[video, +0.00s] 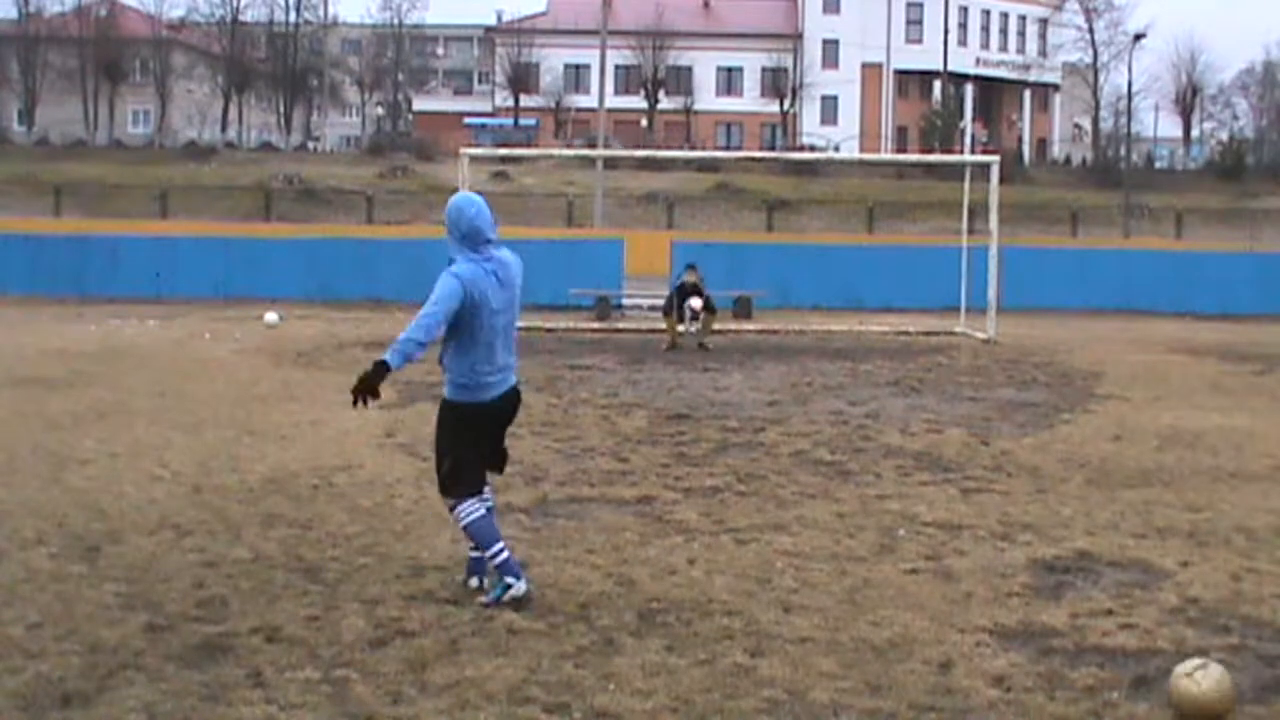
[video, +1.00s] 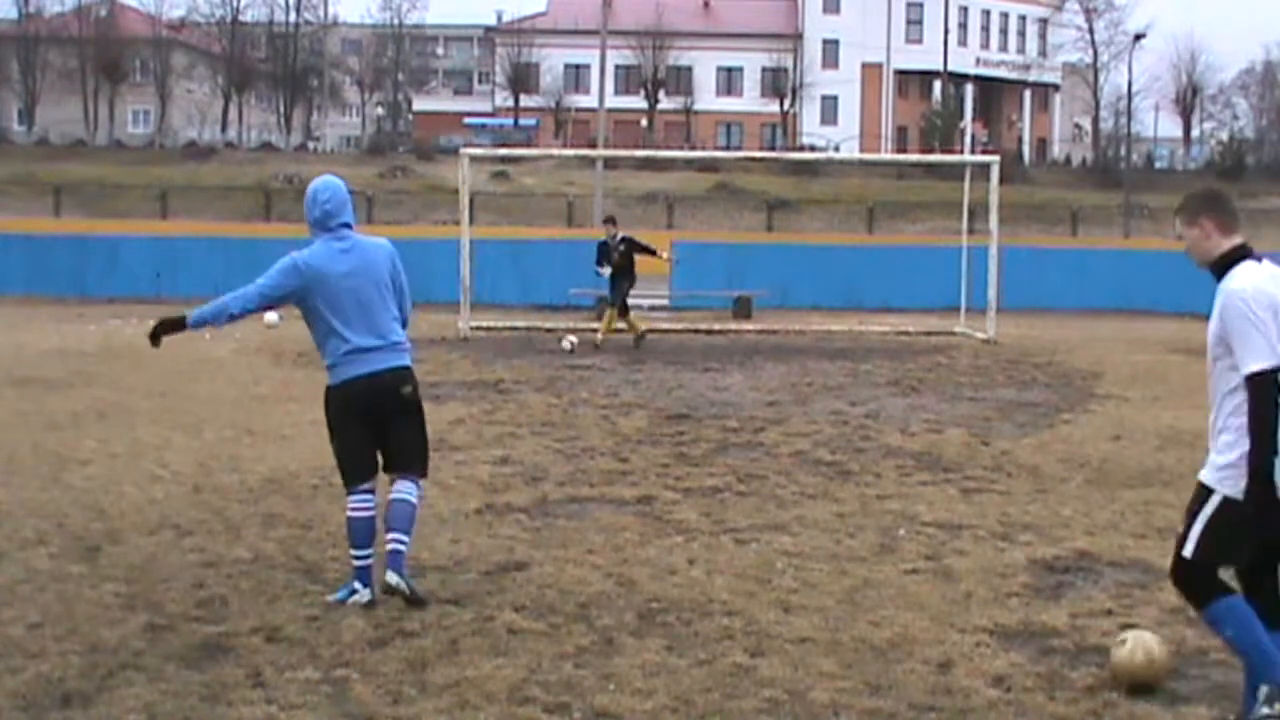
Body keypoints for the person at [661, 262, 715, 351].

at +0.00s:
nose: (690, 280)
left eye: (693, 276)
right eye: (688, 276)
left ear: (697, 277)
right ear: (683, 277)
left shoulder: (699, 290)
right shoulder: (678, 291)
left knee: (711, 312)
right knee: (667, 312)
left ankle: (702, 340)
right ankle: (672, 340)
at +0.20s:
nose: (685, 280)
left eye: (687, 277)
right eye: (683, 277)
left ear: (691, 277)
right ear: (680, 275)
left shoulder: (693, 284)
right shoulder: (673, 283)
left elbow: (691, 300)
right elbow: (669, 300)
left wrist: (684, 316)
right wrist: (668, 316)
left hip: (690, 299)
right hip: (677, 300)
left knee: (703, 311)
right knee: (672, 318)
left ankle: (699, 339)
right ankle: (676, 338)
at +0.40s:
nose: (677, 266)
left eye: (679, 263)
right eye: (675, 263)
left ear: (683, 262)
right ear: (671, 262)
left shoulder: (688, 272)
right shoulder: (665, 269)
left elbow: (689, 293)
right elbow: (659, 289)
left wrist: (685, 309)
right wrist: (651, 307)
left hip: (683, 287)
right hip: (667, 285)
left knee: (693, 310)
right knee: (656, 307)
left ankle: (699, 338)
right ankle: (666, 332)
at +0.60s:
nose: (652, 243)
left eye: (654, 240)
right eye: (649, 240)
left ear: (658, 241)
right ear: (647, 242)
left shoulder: (667, 256)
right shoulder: (643, 258)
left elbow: (684, 267)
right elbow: (638, 274)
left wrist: (687, 282)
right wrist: (633, 291)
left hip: (672, 284)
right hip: (655, 284)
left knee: (684, 310)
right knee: (644, 310)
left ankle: (698, 339)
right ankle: (645, 338)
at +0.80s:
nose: (626, 235)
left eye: (628, 231)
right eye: (624, 232)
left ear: (633, 232)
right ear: (621, 233)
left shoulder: (644, 246)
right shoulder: (620, 251)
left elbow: (664, 251)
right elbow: (615, 268)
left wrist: (681, 259)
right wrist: (615, 282)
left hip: (650, 281)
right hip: (636, 282)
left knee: (650, 311)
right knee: (631, 314)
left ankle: (668, 327)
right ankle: (644, 338)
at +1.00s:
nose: (607, 230)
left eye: (610, 227)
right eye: (606, 227)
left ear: (615, 227)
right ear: (604, 229)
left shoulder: (626, 242)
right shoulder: (603, 246)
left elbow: (643, 248)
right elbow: (599, 264)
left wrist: (658, 254)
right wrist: (602, 270)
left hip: (627, 276)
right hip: (614, 277)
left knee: (614, 304)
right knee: (622, 310)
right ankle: (638, 331)